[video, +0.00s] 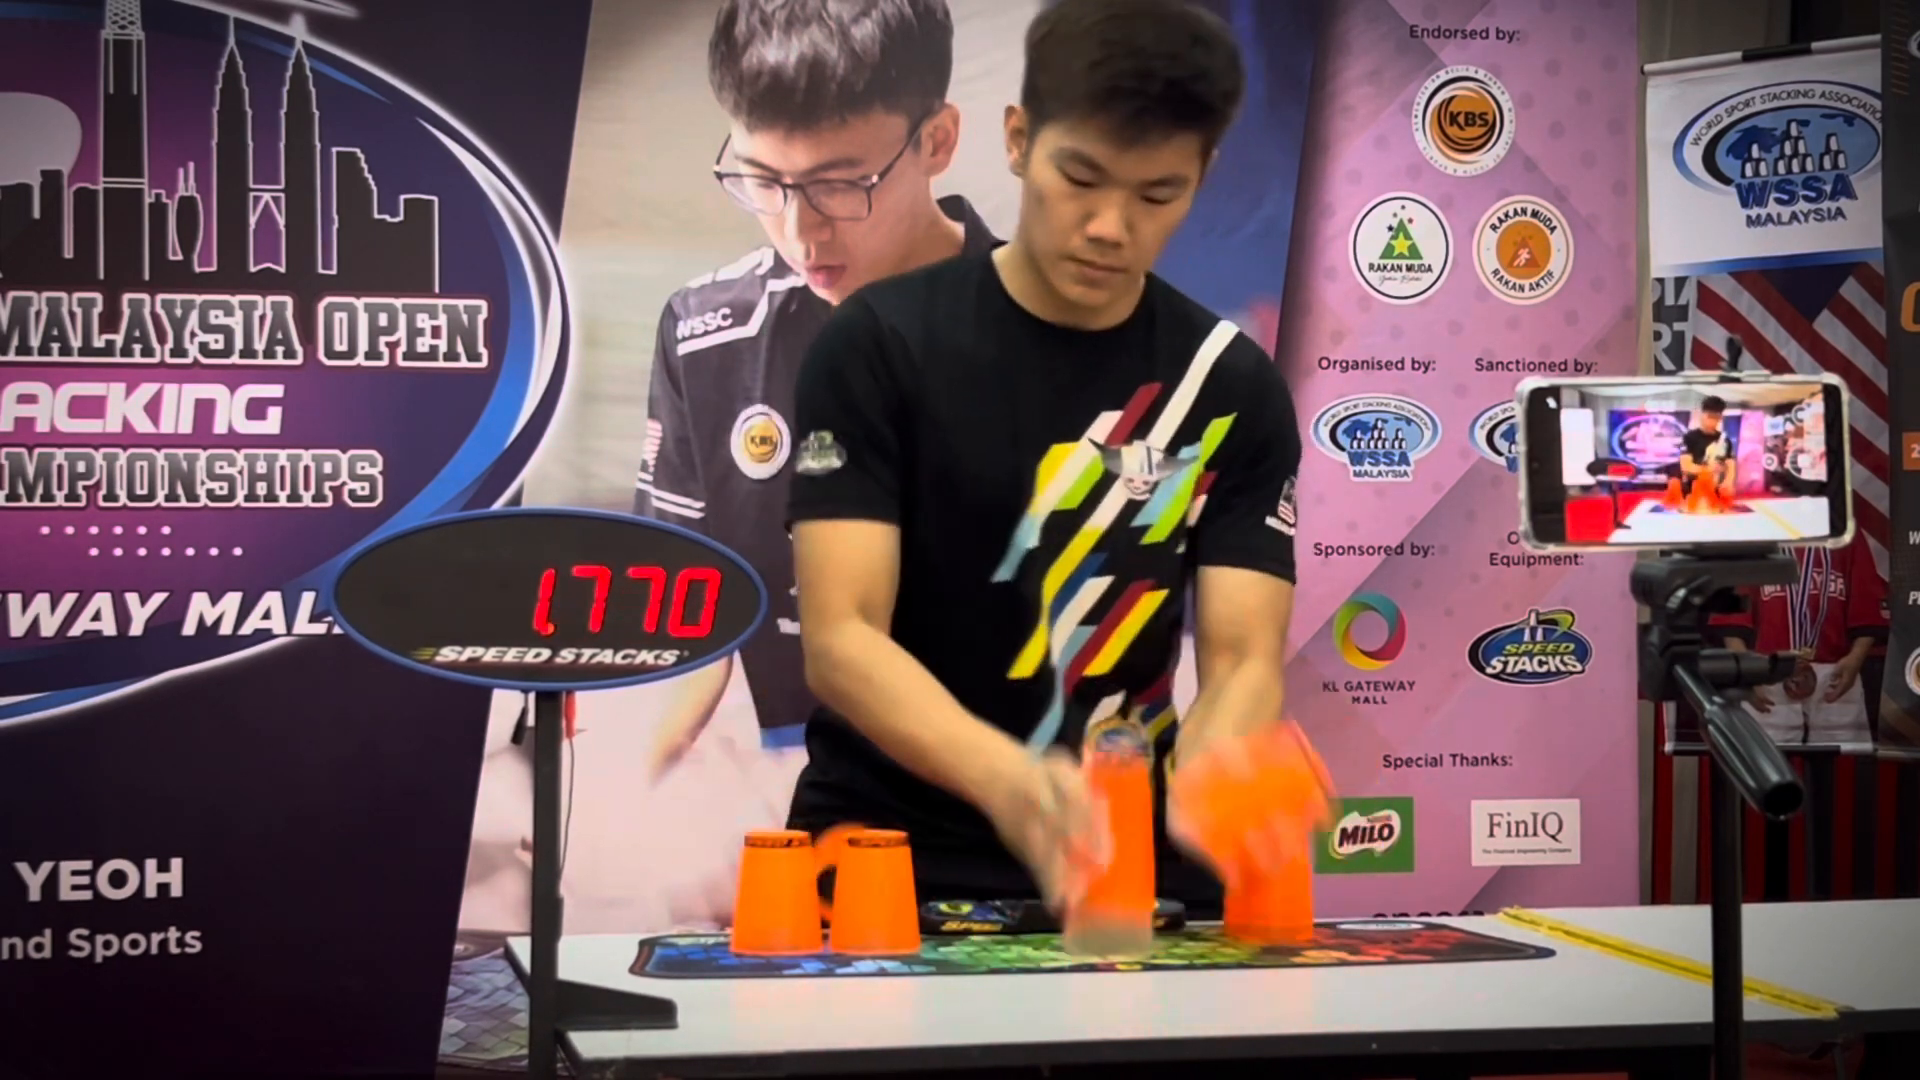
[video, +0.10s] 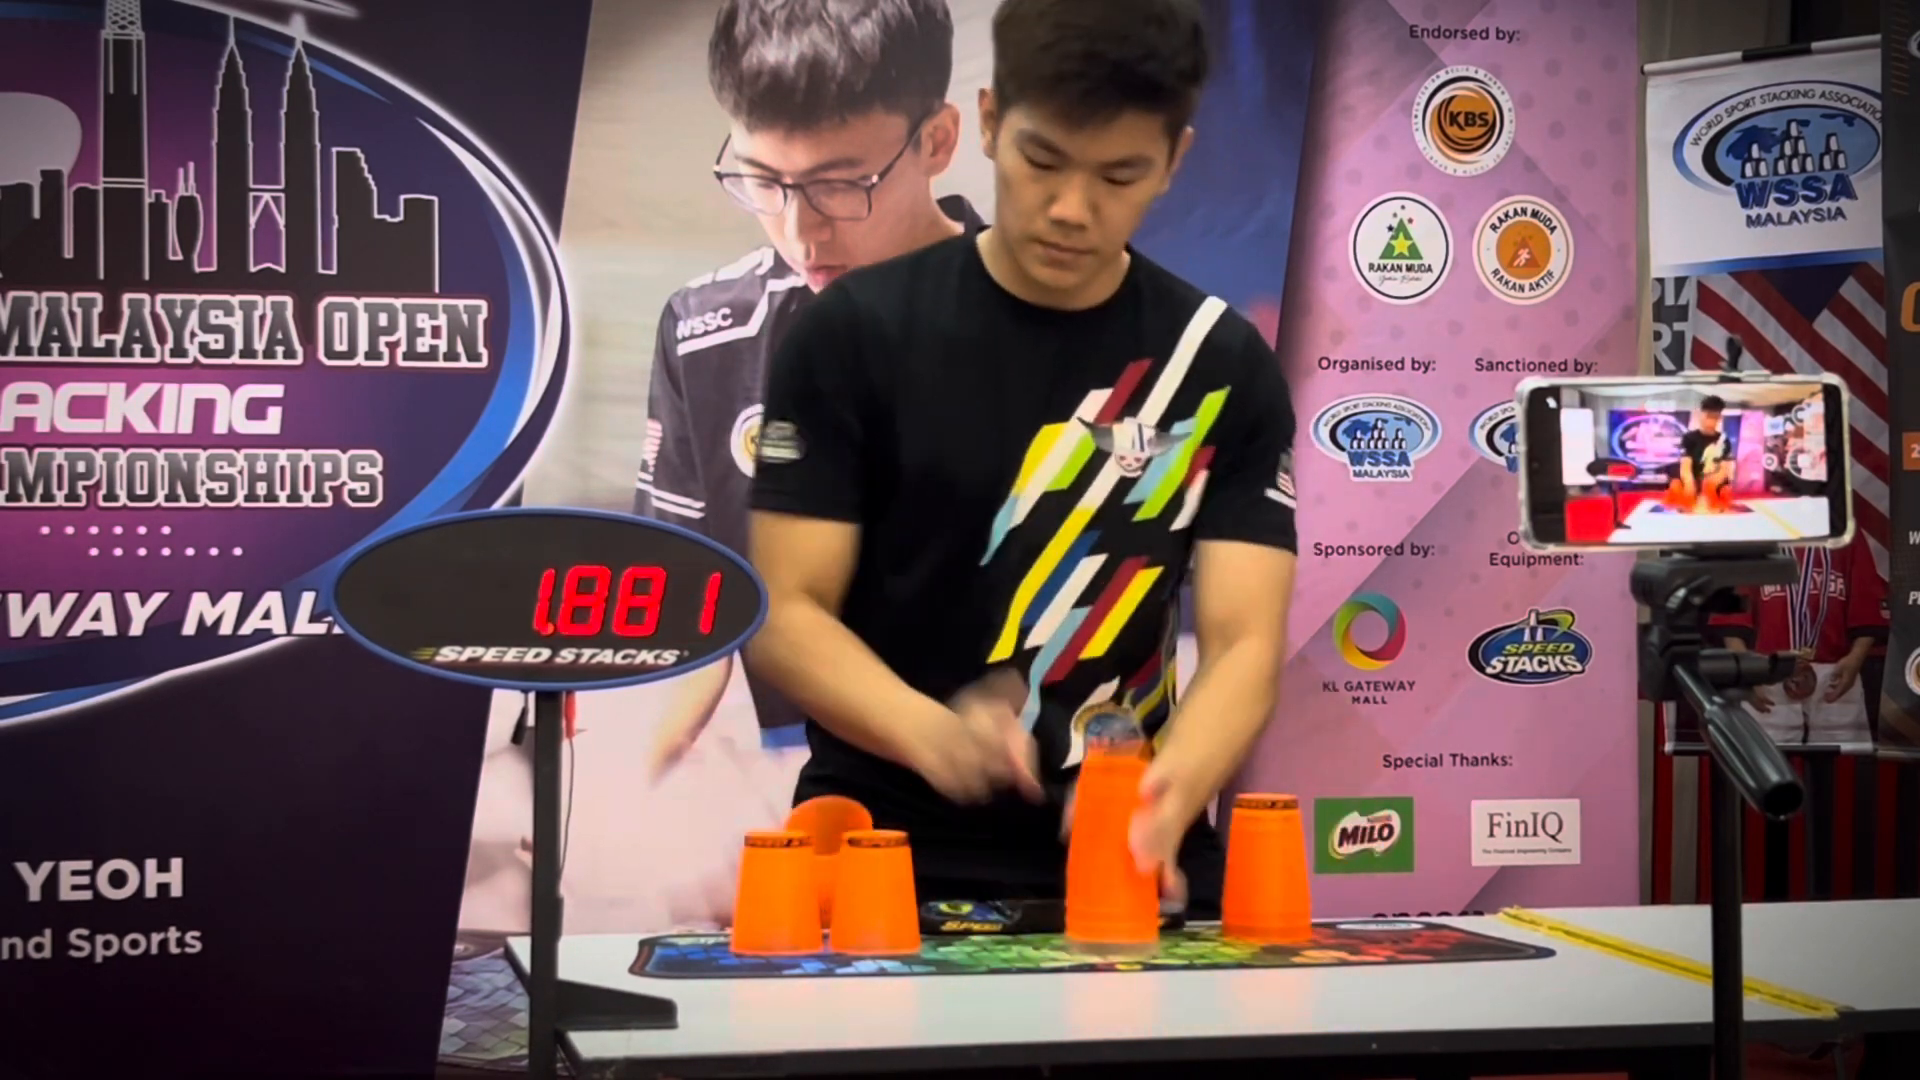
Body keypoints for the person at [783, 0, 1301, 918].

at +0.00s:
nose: (1111, 228)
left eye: (1159, 193)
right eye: (1080, 177)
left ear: (1200, 177)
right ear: (1017, 141)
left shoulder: (1235, 388)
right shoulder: (877, 346)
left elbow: (1242, 659)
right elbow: (839, 638)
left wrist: (1210, 771)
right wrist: (1007, 782)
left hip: (1122, 886)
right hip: (883, 878)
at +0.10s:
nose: (1073, 209)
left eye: (1120, 174)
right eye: (1043, 158)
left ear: (1174, 158)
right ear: (988, 120)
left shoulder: (1222, 366)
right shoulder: (846, 334)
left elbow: (1242, 645)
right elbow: (784, 612)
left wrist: (1169, 797)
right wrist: (927, 734)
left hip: (1113, 882)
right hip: (882, 871)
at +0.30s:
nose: (997, 205)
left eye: (1041, 164)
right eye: (960, 157)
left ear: (1097, 140)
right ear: (908, 123)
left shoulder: (1192, 335)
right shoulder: (809, 367)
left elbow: (1260, 590)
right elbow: (774, 647)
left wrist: (1148, 759)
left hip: (1143, 877)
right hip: (896, 876)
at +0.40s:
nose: (951, 254)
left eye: (990, 210)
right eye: (912, 212)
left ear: (1041, 181)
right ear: (856, 188)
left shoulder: (1163, 361)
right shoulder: (787, 427)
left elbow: (1239, 620)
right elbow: (780, 726)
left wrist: (1133, 859)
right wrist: (810, 948)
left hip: (1130, 905)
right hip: (904, 916)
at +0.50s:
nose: (939, 321)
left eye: (973, 272)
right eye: (894, 283)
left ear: (1013, 225)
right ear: (823, 260)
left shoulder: (1144, 378)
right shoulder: (774, 474)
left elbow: (1199, 666)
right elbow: (852, 778)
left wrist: (1177, 930)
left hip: (1117, 921)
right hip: (915, 933)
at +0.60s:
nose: (986, 359)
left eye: (1017, 312)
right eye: (943, 327)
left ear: (1041, 258)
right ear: (857, 284)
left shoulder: (1141, 376)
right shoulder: (778, 484)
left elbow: (1208, 655)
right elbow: (893, 780)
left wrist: (1211, 926)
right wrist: (1077, 939)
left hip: (1130, 899)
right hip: (913, 920)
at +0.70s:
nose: (1058, 360)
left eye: (1084, 325)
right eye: (1027, 328)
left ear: (1109, 290)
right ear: (923, 265)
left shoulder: (1152, 366)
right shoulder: (800, 460)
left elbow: (1211, 632)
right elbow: (871, 764)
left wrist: (1199, 898)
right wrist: (1069, 924)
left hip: (1126, 891)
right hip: (920, 915)